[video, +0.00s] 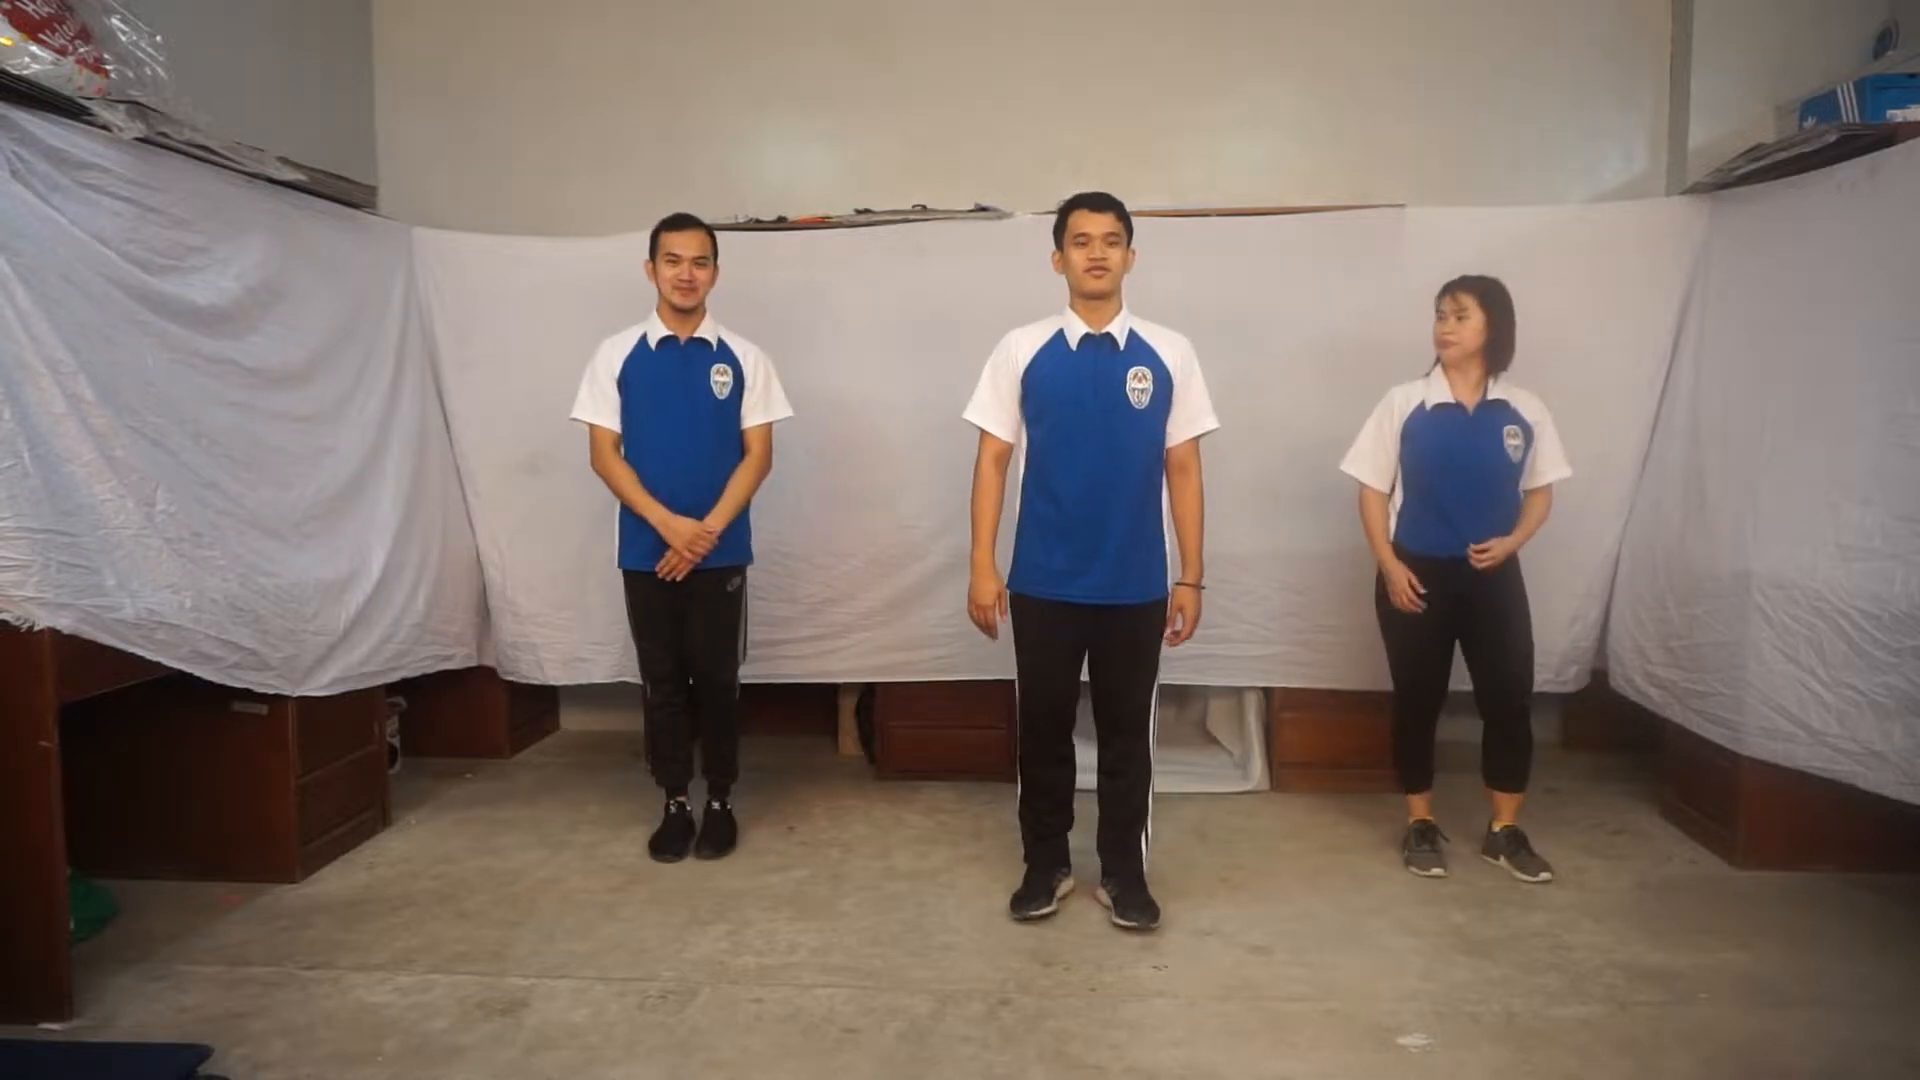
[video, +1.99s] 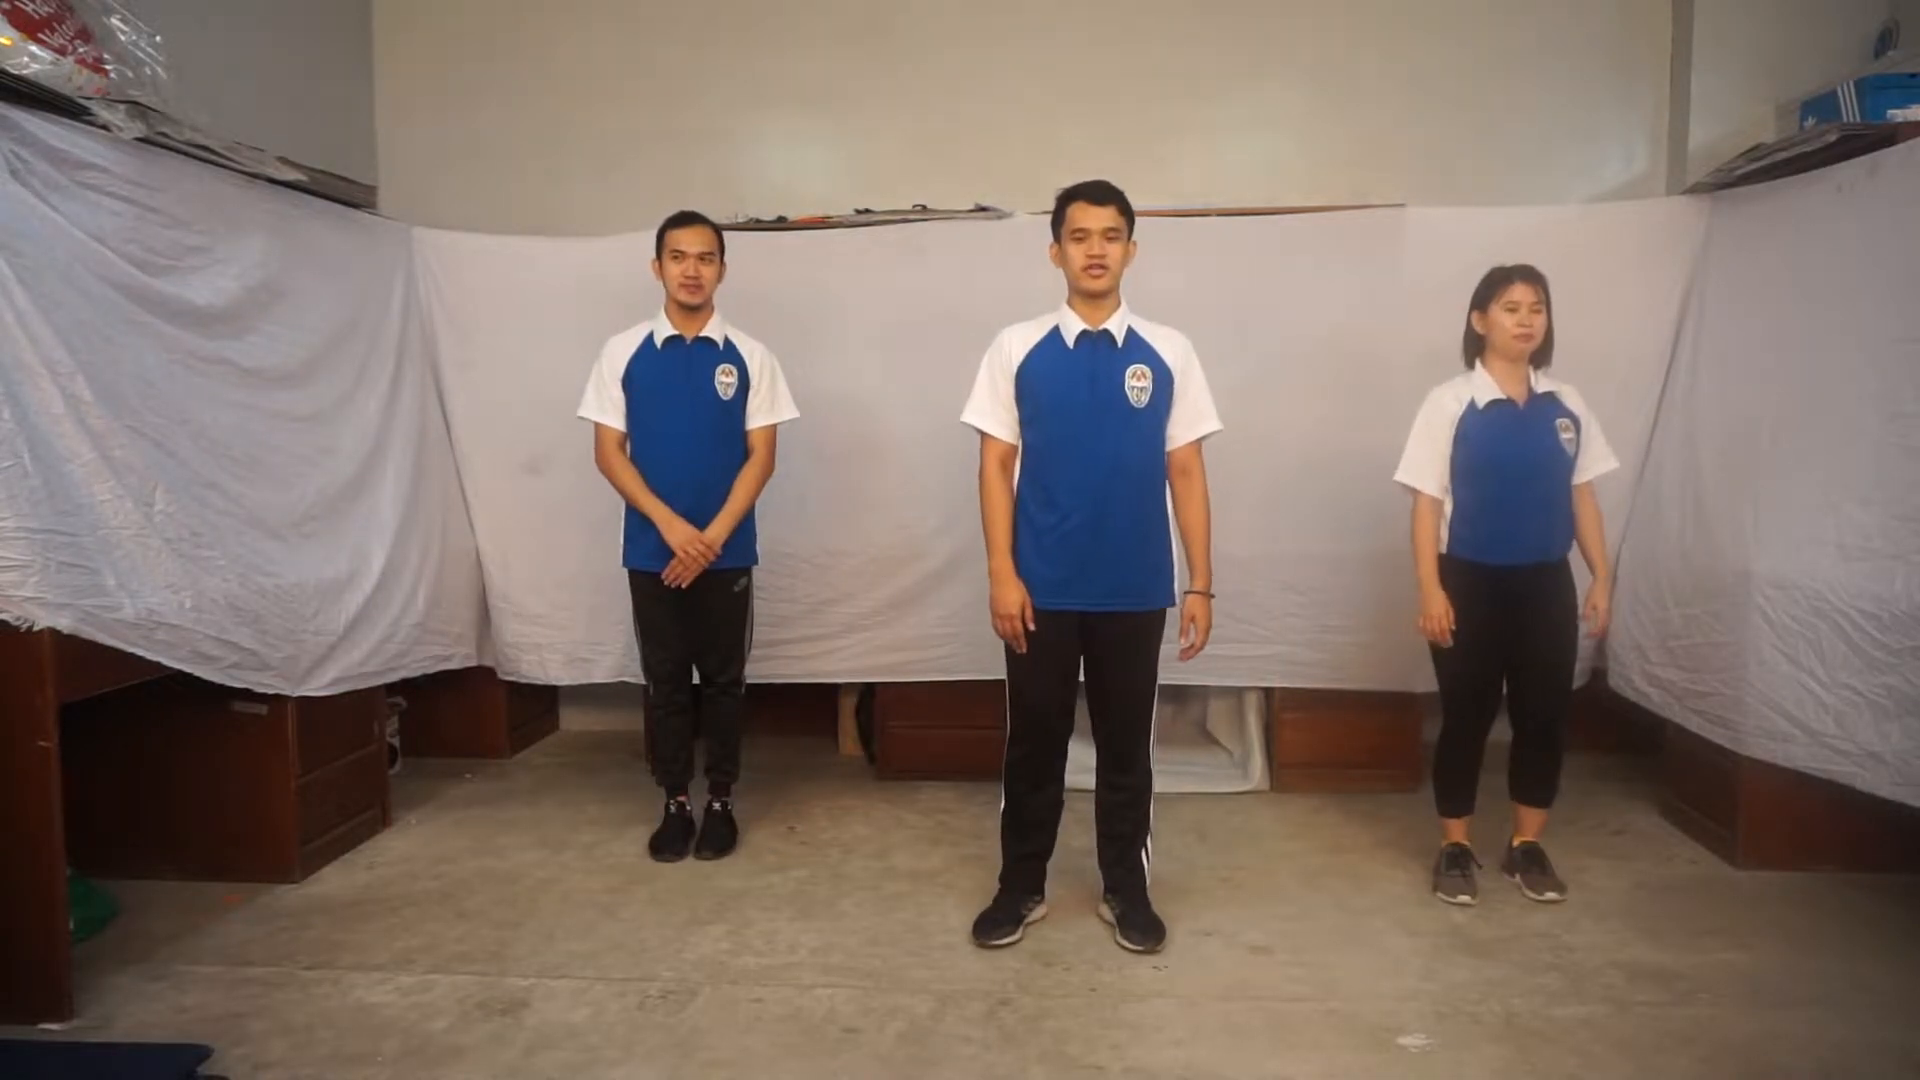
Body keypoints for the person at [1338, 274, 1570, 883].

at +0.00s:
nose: (1445, 325)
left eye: (1461, 316)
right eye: (1440, 316)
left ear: (1494, 329)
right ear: (1433, 327)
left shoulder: (1524, 410)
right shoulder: (1403, 402)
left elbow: (1540, 494)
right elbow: (1371, 489)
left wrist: (1513, 541)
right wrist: (1388, 562)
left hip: (1492, 578)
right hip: (1415, 576)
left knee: (1510, 700)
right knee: (1417, 700)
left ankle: (1505, 828)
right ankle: (1420, 824)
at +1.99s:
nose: (1526, 319)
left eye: (1535, 309)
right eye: (1510, 308)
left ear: (1547, 322)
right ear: (1480, 320)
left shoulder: (1565, 402)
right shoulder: (1449, 401)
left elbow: (1582, 498)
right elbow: (1426, 504)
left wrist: (1601, 575)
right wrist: (1429, 589)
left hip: (1546, 586)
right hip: (1470, 584)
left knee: (1543, 716)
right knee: (1466, 717)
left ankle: (1527, 844)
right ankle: (1455, 845)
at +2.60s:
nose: (1546, 309)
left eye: (1555, 301)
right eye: (1530, 302)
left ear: (1568, 321)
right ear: (1500, 322)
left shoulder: (1591, 401)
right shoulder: (1472, 400)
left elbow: (1610, 496)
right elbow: (1448, 505)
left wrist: (1630, 576)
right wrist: (1453, 591)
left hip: (1566, 587)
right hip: (1490, 585)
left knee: (1550, 716)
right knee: (1486, 718)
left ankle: (1528, 844)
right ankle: (1467, 847)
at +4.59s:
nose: (1579, 343)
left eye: (1595, 332)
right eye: (1575, 333)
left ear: (1631, 344)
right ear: (1573, 342)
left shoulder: (1621, 417)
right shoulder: (1599, 398)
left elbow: (1573, 531)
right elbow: (1565, 340)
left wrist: (1537, 561)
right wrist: (1553, 259)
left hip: (1637, 599)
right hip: (1627, 592)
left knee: (1555, 727)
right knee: (1689, 726)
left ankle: (1568, 876)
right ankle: (1774, 855)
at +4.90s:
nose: (1505, 324)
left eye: (1523, 314)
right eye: (1493, 315)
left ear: (1549, 333)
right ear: (1478, 334)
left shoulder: (1572, 412)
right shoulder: (1477, 415)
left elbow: (1584, 525)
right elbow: (1434, 484)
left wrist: (1569, 618)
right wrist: (1348, 490)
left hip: (1569, 595)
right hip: (1500, 597)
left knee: (1542, 725)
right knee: (1434, 708)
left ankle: (1570, 875)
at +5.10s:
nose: (1467, 319)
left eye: (1480, 308)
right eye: (1452, 310)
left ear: (1500, 325)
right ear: (1429, 329)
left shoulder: (1526, 411)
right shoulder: (1399, 406)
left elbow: (1574, 507)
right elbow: (1358, 489)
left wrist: (1616, 594)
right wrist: (1300, 552)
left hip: (1487, 598)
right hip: (1401, 593)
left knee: (1474, 734)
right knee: (1384, 724)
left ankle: (1519, 859)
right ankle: (1378, 856)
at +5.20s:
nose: (1450, 318)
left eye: (1462, 308)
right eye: (1434, 309)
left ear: (1478, 325)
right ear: (1408, 328)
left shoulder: (1506, 411)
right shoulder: (1374, 404)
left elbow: (1548, 514)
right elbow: (1317, 482)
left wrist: (1606, 594)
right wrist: (1270, 552)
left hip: (1463, 600)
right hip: (1376, 594)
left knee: (1445, 731)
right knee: (1366, 721)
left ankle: (1426, 859)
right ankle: (1371, 851)